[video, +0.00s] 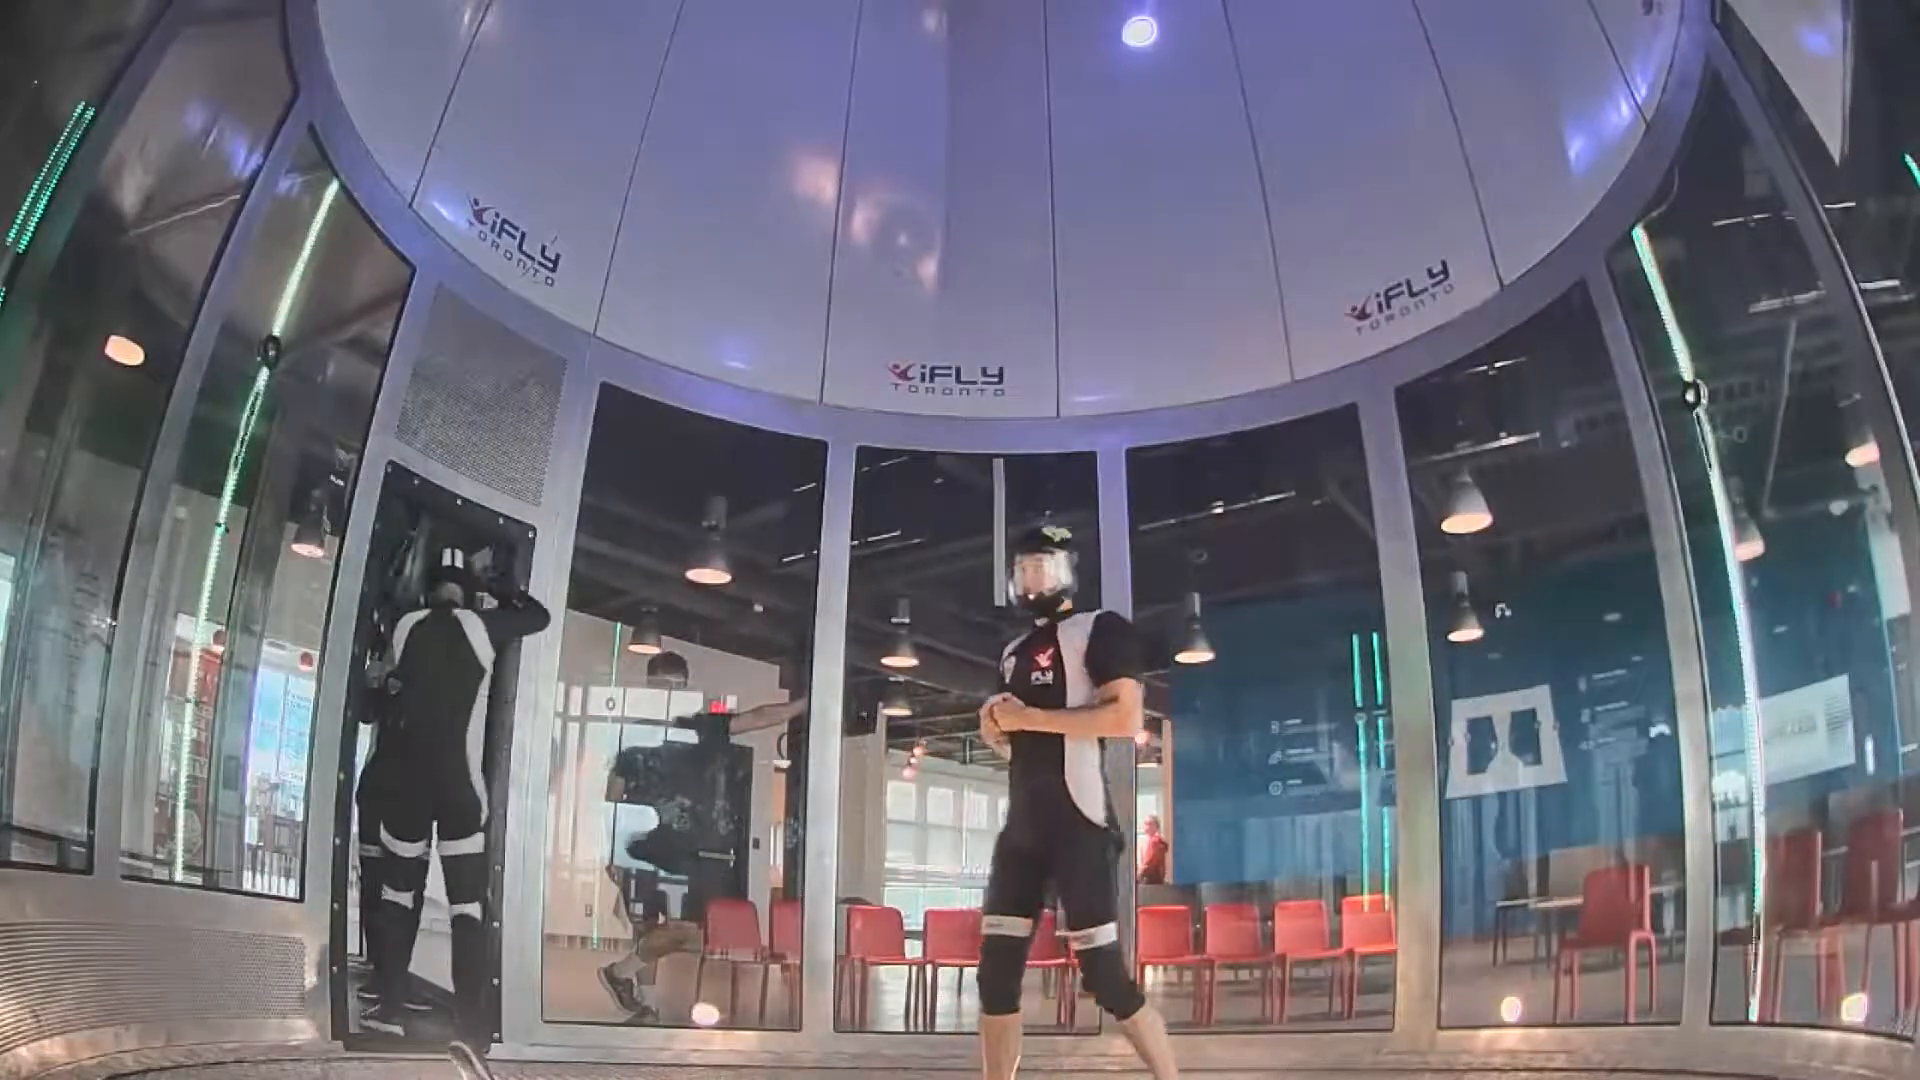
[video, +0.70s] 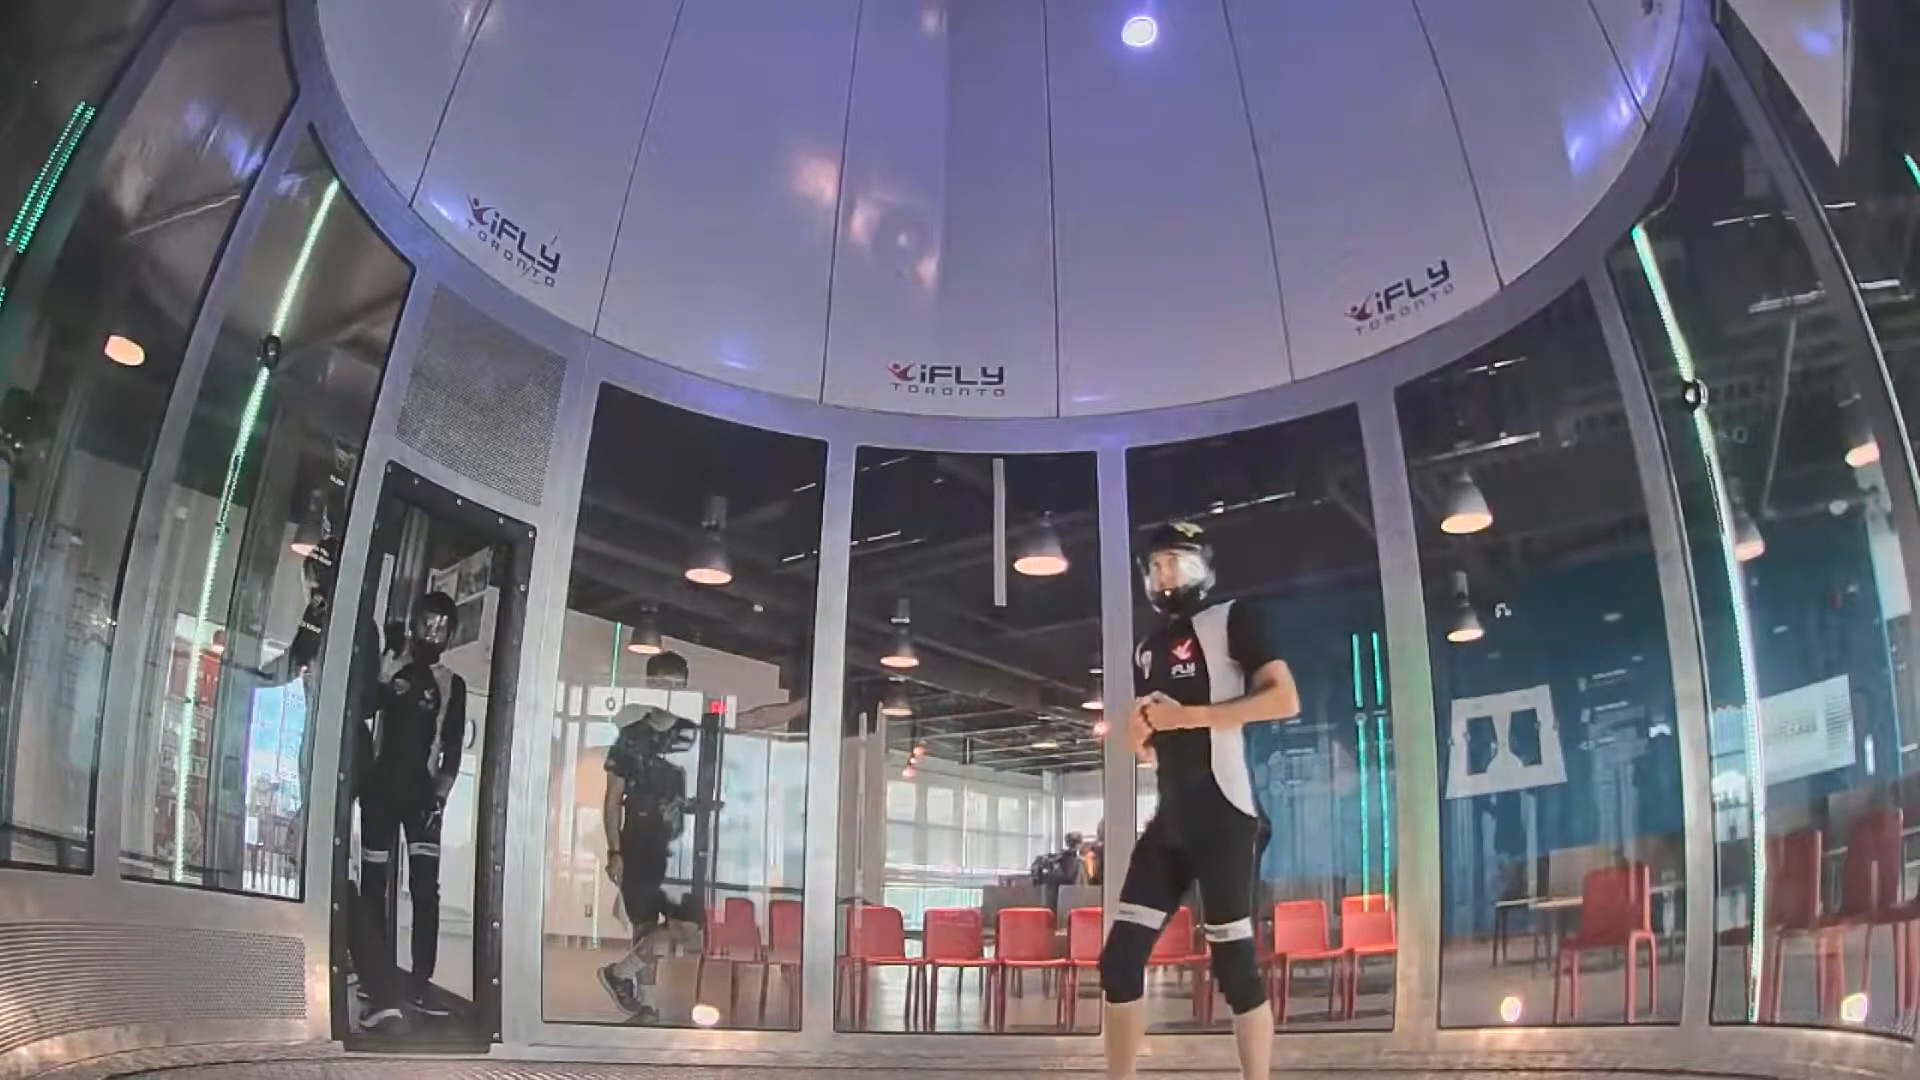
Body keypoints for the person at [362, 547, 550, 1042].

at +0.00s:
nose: (459, 600)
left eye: (451, 592)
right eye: (462, 593)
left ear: (429, 593)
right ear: (468, 595)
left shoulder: (403, 625)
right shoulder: (485, 626)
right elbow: (539, 616)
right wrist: (500, 591)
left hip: (405, 778)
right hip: (459, 781)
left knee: (398, 892)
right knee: (467, 905)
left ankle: (388, 1005)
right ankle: (470, 1022)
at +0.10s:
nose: (436, 594)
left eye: (431, 588)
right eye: (437, 588)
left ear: (402, 590)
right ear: (441, 590)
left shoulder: (380, 621)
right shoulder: (462, 620)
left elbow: (365, 695)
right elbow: (524, 628)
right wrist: (498, 592)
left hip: (390, 771)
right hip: (441, 772)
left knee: (391, 895)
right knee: (458, 898)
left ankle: (390, 1010)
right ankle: (473, 1012)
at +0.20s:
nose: (414, 587)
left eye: (408, 580)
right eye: (416, 580)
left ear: (381, 586)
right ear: (423, 583)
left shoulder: (364, 628)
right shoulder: (440, 612)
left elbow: (352, 702)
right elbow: (499, 642)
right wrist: (493, 596)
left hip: (381, 769)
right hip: (433, 773)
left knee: (379, 888)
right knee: (441, 889)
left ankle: (389, 1012)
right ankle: (479, 974)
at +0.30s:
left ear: (364, 570)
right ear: (400, 568)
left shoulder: (361, 610)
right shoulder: (429, 611)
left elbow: (349, 689)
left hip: (374, 760)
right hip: (423, 763)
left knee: (374, 888)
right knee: (421, 881)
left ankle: (388, 1011)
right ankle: (471, 926)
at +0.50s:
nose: (430, 635)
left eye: (438, 628)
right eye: (424, 626)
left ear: (446, 634)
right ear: (410, 627)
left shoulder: (448, 683)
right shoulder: (393, 673)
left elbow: (449, 743)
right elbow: (376, 731)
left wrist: (437, 794)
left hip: (421, 796)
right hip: (383, 791)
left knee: (420, 896)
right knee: (381, 892)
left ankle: (412, 978)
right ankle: (378, 978)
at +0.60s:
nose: (432, 632)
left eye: (439, 627)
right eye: (426, 624)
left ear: (446, 632)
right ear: (412, 624)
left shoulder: (449, 683)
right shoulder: (388, 671)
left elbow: (451, 746)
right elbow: (366, 725)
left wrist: (436, 796)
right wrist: (363, 781)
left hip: (422, 796)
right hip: (380, 789)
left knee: (423, 888)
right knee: (377, 886)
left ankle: (416, 981)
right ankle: (375, 976)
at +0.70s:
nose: (433, 630)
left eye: (441, 625)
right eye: (427, 621)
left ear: (450, 632)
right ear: (414, 622)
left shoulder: (452, 684)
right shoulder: (391, 664)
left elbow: (453, 748)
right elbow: (360, 708)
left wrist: (440, 795)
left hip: (423, 793)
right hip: (379, 786)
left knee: (425, 889)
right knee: (375, 887)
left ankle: (420, 983)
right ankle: (376, 989)